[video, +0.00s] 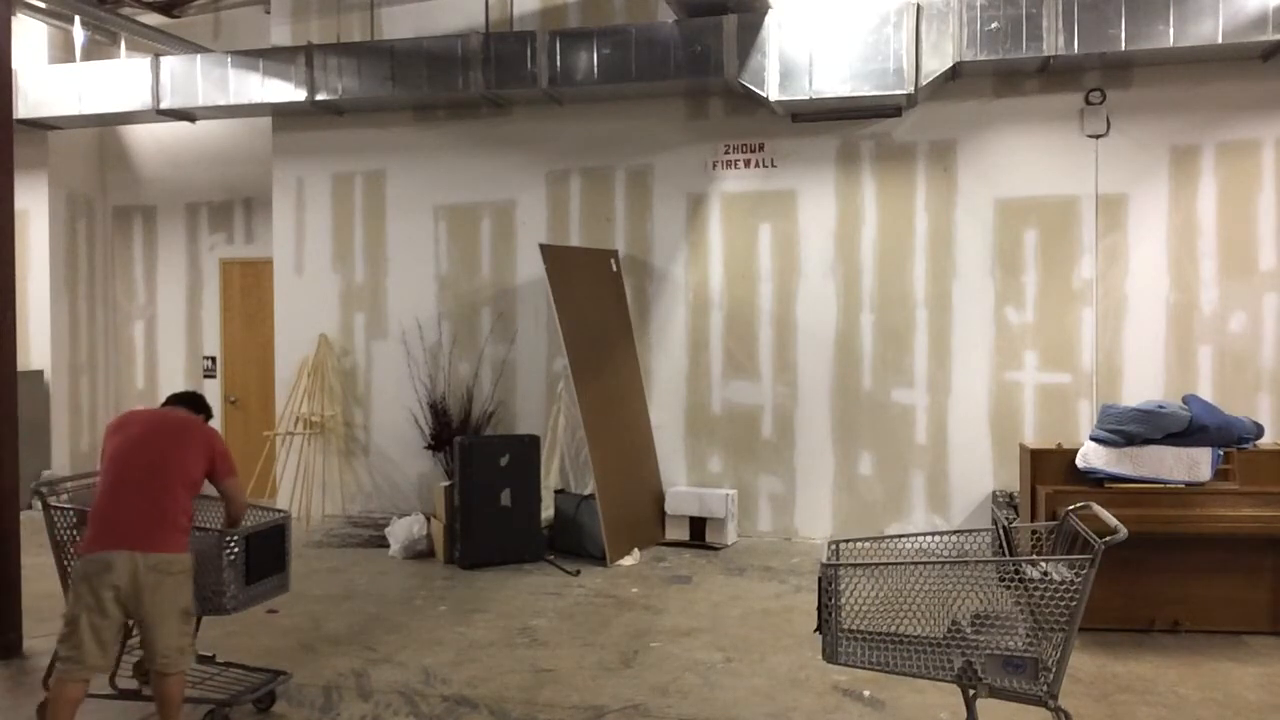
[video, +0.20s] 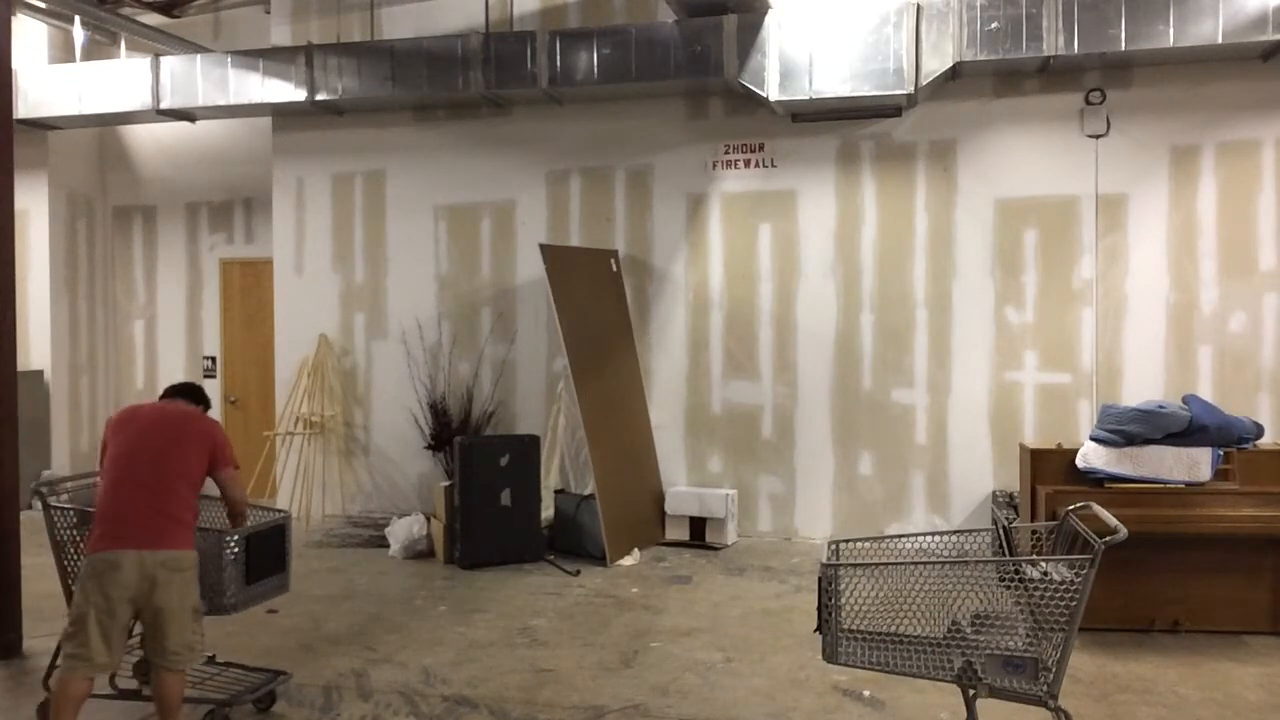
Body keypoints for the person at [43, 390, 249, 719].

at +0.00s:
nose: (204, 430)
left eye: (206, 427)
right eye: (206, 426)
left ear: (164, 407)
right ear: (201, 419)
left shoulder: (120, 422)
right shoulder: (206, 434)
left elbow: (107, 481)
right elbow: (237, 501)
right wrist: (229, 527)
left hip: (101, 552)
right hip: (164, 556)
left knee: (76, 663)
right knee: (169, 663)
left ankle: (55, 712)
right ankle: (170, 715)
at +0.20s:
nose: (205, 421)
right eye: (206, 416)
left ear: (161, 400)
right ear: (200, 409)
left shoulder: (120, 418)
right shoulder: (207, 427)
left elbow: (105, 480)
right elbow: (236, 501)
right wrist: (237, 521)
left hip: (109, 554)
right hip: (172, 557)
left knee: (81, 660)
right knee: (171, 661)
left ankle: (59, 713)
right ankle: (170, 715)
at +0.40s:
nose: (205, 410)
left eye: (206, 407)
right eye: (206, 406)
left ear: (162, 391)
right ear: (200, 399)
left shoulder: (119, 411)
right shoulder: (209, 423)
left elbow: (102, 477)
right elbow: (231, 492)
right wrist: (242, 512)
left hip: (111, 553)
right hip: (175, 556)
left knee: (85, 656)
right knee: (171, 661)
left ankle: (61, 715)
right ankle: (169, 715)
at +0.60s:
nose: (204, 403)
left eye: (204, 399)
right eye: (206, 399)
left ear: (163, 386)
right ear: (201, 394)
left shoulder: (121, 406)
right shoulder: (211, 422)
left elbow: (104, 466)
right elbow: (231, 491)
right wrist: (239, 517)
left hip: (113, 552)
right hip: (176, 555)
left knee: (85, 655)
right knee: (171, 660)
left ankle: (62, 714)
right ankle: (169, 715)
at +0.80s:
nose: (197, 396)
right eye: (198, 391)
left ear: (155, 381)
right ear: (196, 388)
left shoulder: (118, 405)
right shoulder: (211, 421)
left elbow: (101, 458)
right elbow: (229, 491)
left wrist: (146, 467)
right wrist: (238, 516)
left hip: (114, 552)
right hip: (176, 555)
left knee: (86, 655)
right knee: (170, 658)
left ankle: (65, 715)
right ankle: (169, 715)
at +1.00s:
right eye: (177, 378)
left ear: (135, 379)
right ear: (177, 378)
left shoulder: (110, 406)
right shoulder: (202, 416)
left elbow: (82, 443)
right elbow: (224, 482)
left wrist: (122, 430)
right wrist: (232, 498)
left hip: (117, 555)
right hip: (178, 555)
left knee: (86, 657)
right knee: (170, 657)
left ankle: (69, 715)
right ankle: (170, 716)